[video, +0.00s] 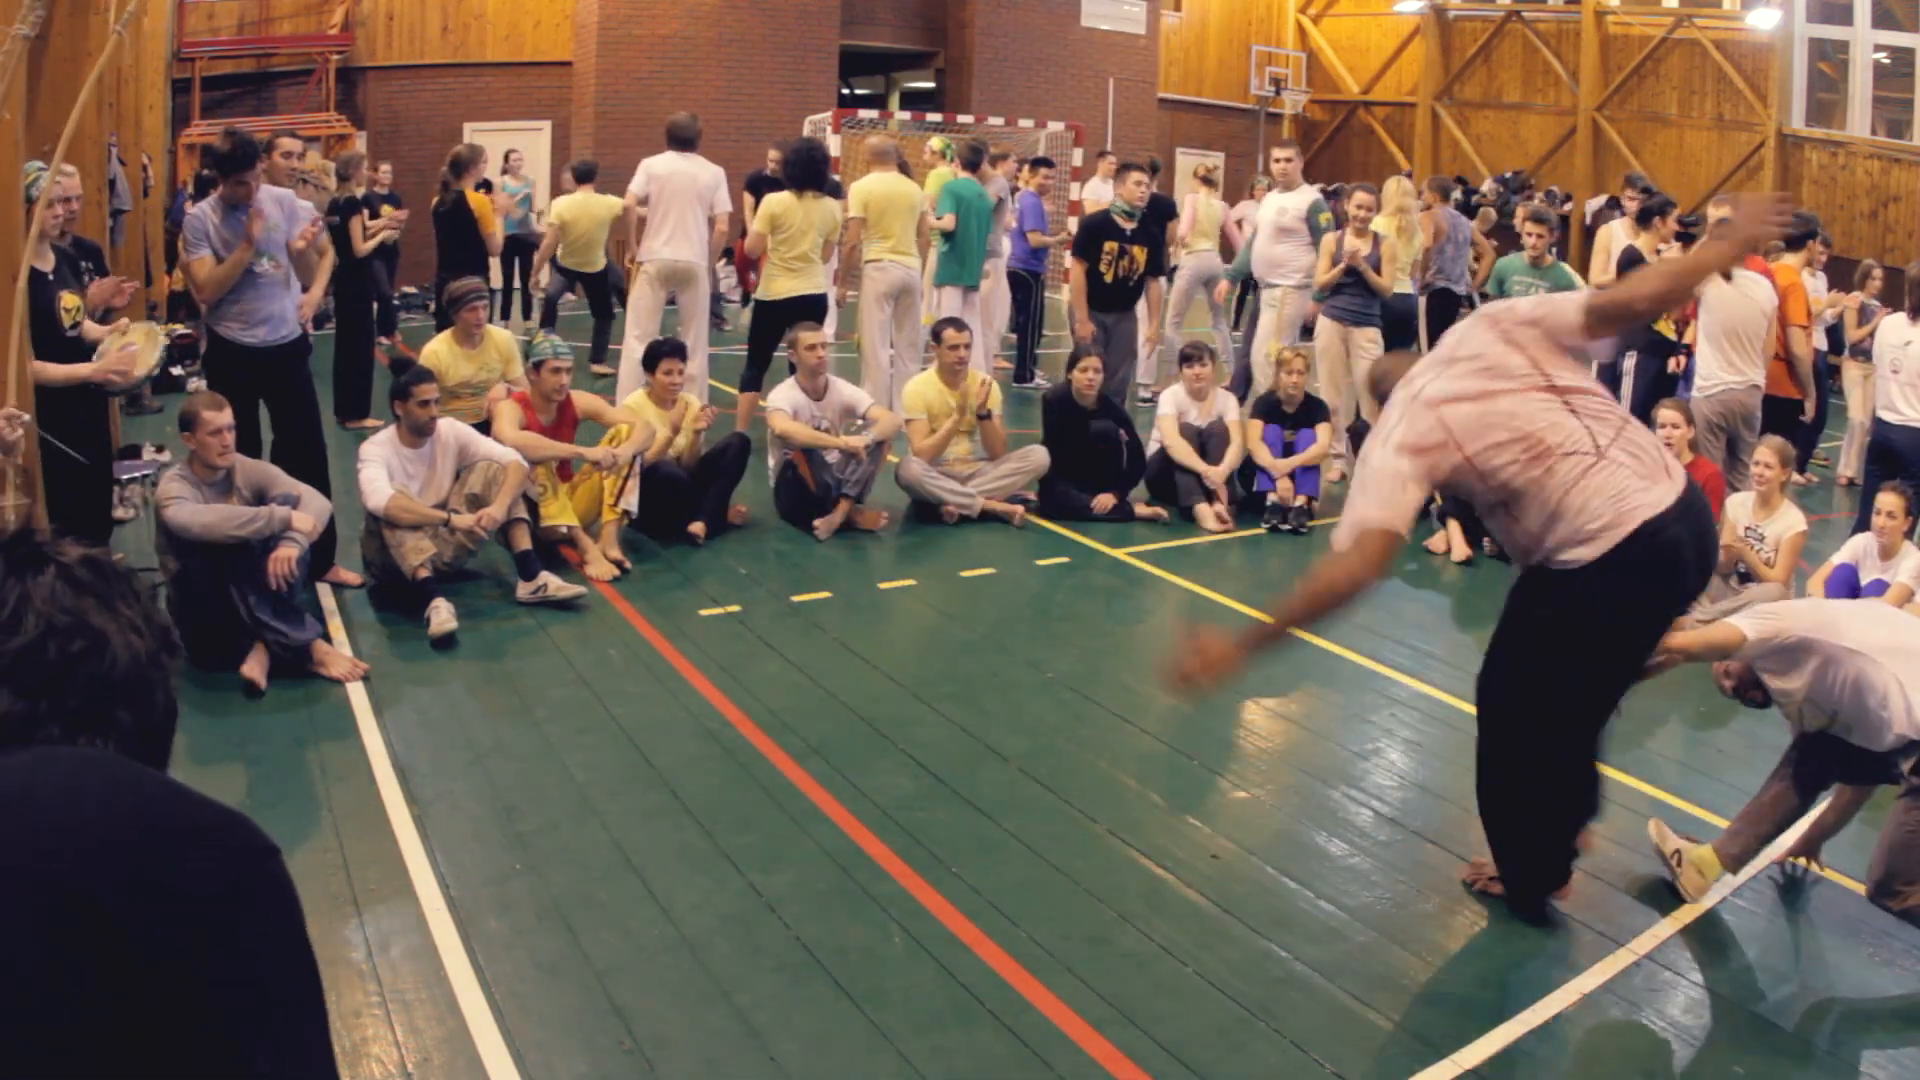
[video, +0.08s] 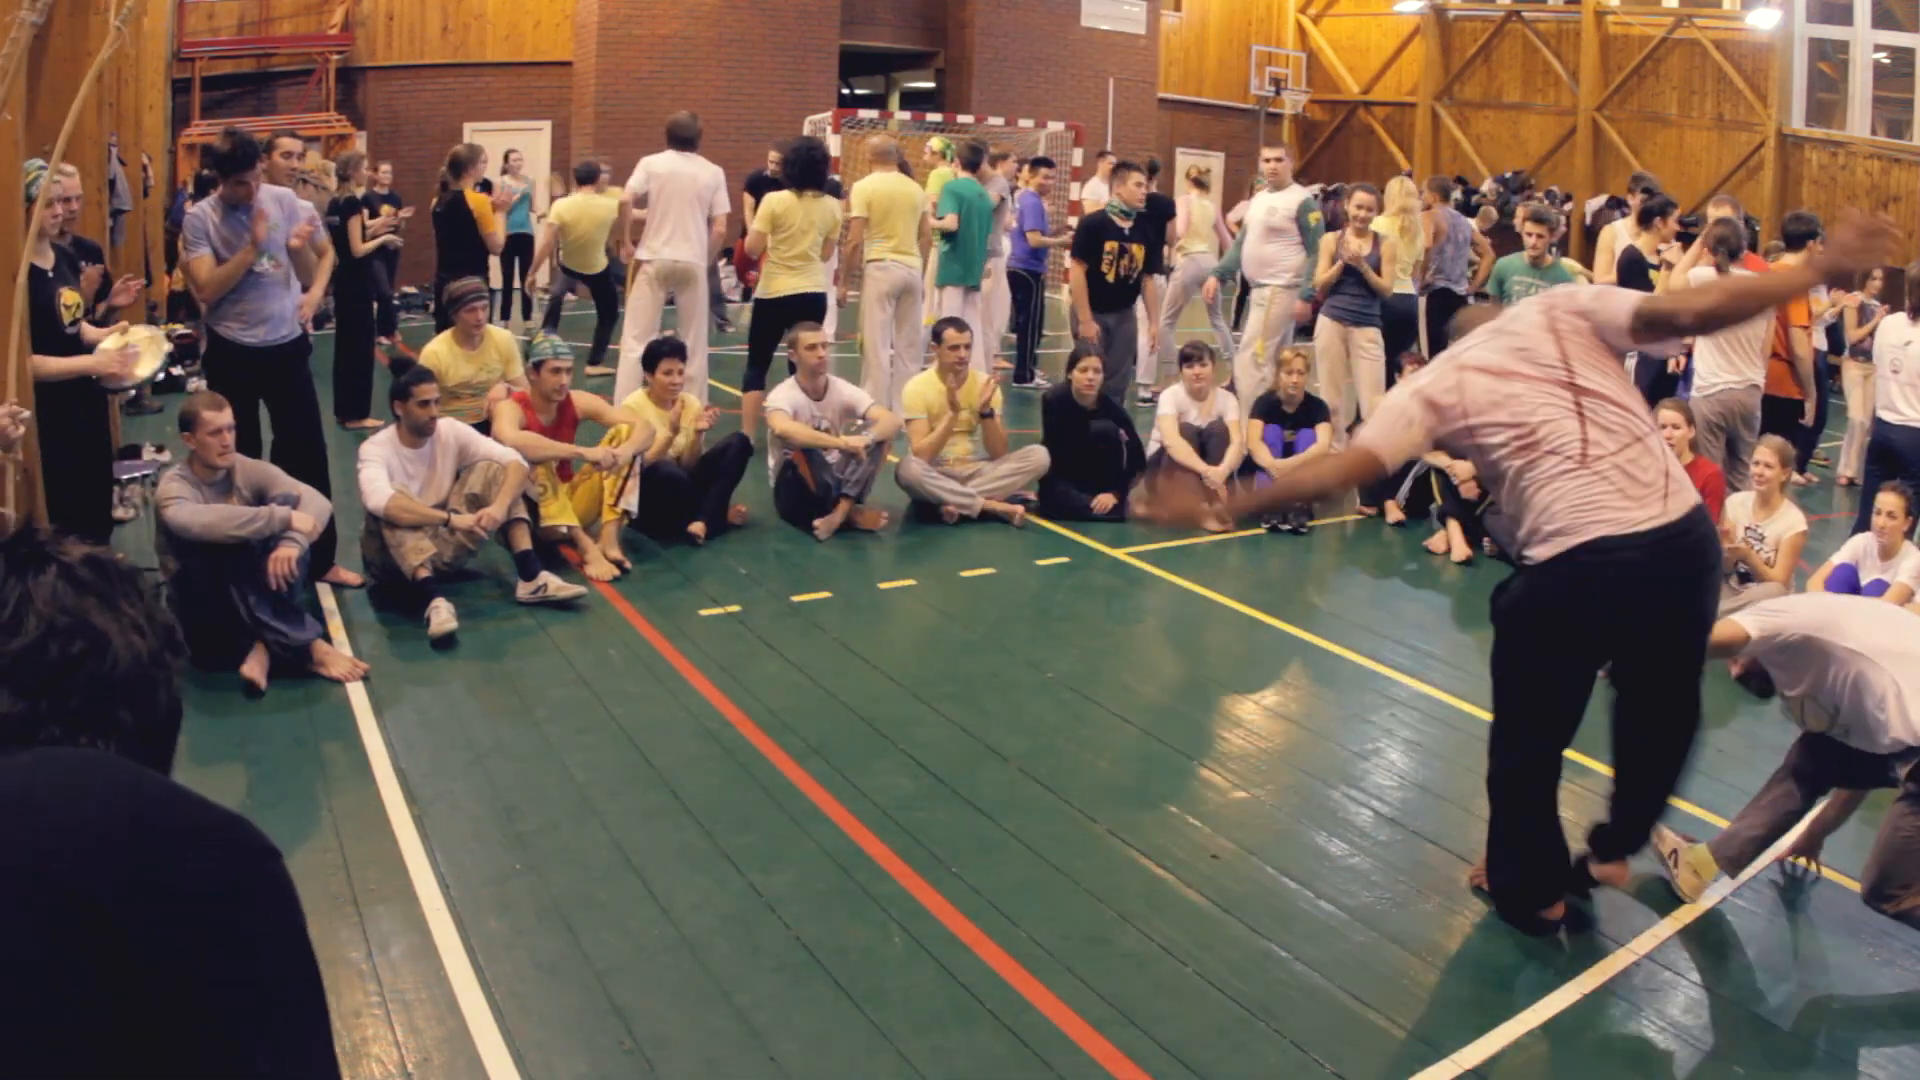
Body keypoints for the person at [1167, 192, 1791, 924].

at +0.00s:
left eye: (1370, 411)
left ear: (1378, 399)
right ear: (1421, 350)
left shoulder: (1401, 429)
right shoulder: (1498, 322)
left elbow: (1357, 567)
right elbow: (1623, 302)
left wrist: (1243, 645)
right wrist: (1723, 244)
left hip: (1598, 559)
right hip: (1681, 521)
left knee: (1511, 702)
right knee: (1574, 695)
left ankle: (1531, 882)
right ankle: (1559, 833)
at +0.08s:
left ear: (1439, 337)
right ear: (1495, 304)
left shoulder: (1431, 387)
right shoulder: (1570, 303)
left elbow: (1350, 464)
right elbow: (1689, 310)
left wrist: (1238, 500)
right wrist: (1817, 267)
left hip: (1565, 569)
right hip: (1680, 548)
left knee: (1528, 746)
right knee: (1658, 708)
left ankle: (1532, 897)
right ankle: (1616, 847)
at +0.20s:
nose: (1660, 301)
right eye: (1659, 293)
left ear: (1580, 287)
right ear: (1646, 287)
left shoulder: (1510, 332)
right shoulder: (1653, 305)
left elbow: (1386, 368)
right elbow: (1706, 352)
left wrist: (1336, 321)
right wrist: (1857, 374)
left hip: (1543, 575)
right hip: (1665, 579)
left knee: (1524, 732)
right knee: (1722, 757)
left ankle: (1527, 890)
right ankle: (1664, 916)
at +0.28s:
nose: (1749, 354)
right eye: (1750, 340)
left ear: (1655, 289)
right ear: (1725, 309)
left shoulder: (1573, 316)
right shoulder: (1720, 323)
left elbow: (1462, 343)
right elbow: (1695, 373)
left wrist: (1511, 323)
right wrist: (1828, 476)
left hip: (1531, 574)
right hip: (1649, 588)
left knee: (1524, 748)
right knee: (1745, 788)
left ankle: (1521, 896)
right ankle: (1700, 970)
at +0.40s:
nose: (1813, 386)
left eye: (1816, 374)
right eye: (1814, 373)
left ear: (1747, 332)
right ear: (1797, 357)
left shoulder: (1670, 346)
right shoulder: (1782, 405)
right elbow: (1717, 516)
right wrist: (1762, 562)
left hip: (1532, 598)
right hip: (1630, 626)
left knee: (1568, 717)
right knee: (1737, 821)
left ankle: (1497, 881)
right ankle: (1666, 1041)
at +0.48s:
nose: (1855, 457)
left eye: (1861, 445)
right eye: (1857, 442)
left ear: (1795, 399)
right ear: (1841, 431)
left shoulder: (1718, 417)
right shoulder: (1807, 480)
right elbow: (1762, 633)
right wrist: (1772, 688)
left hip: (1523, 636)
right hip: (1622, 667)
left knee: (1603, 740)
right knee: (1758, 816)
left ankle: (1544, 897)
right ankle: (1656, 1019)